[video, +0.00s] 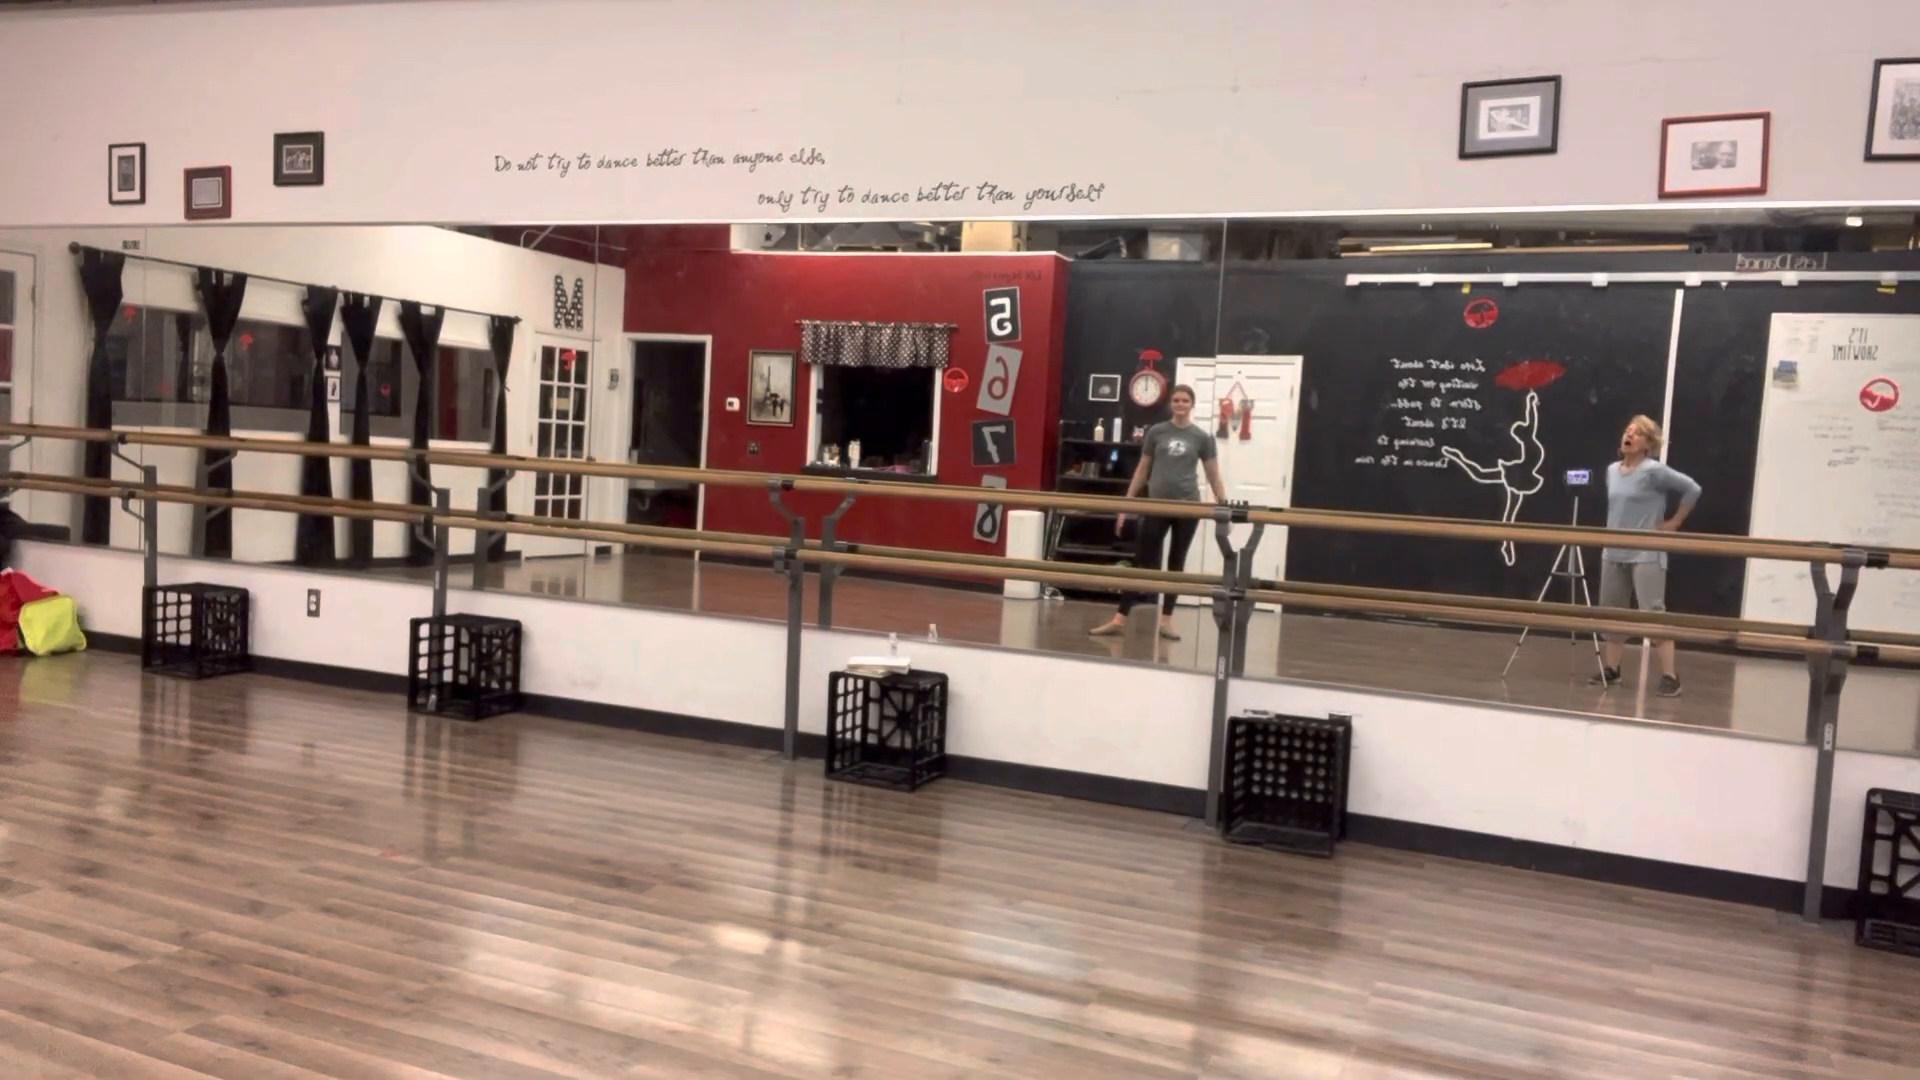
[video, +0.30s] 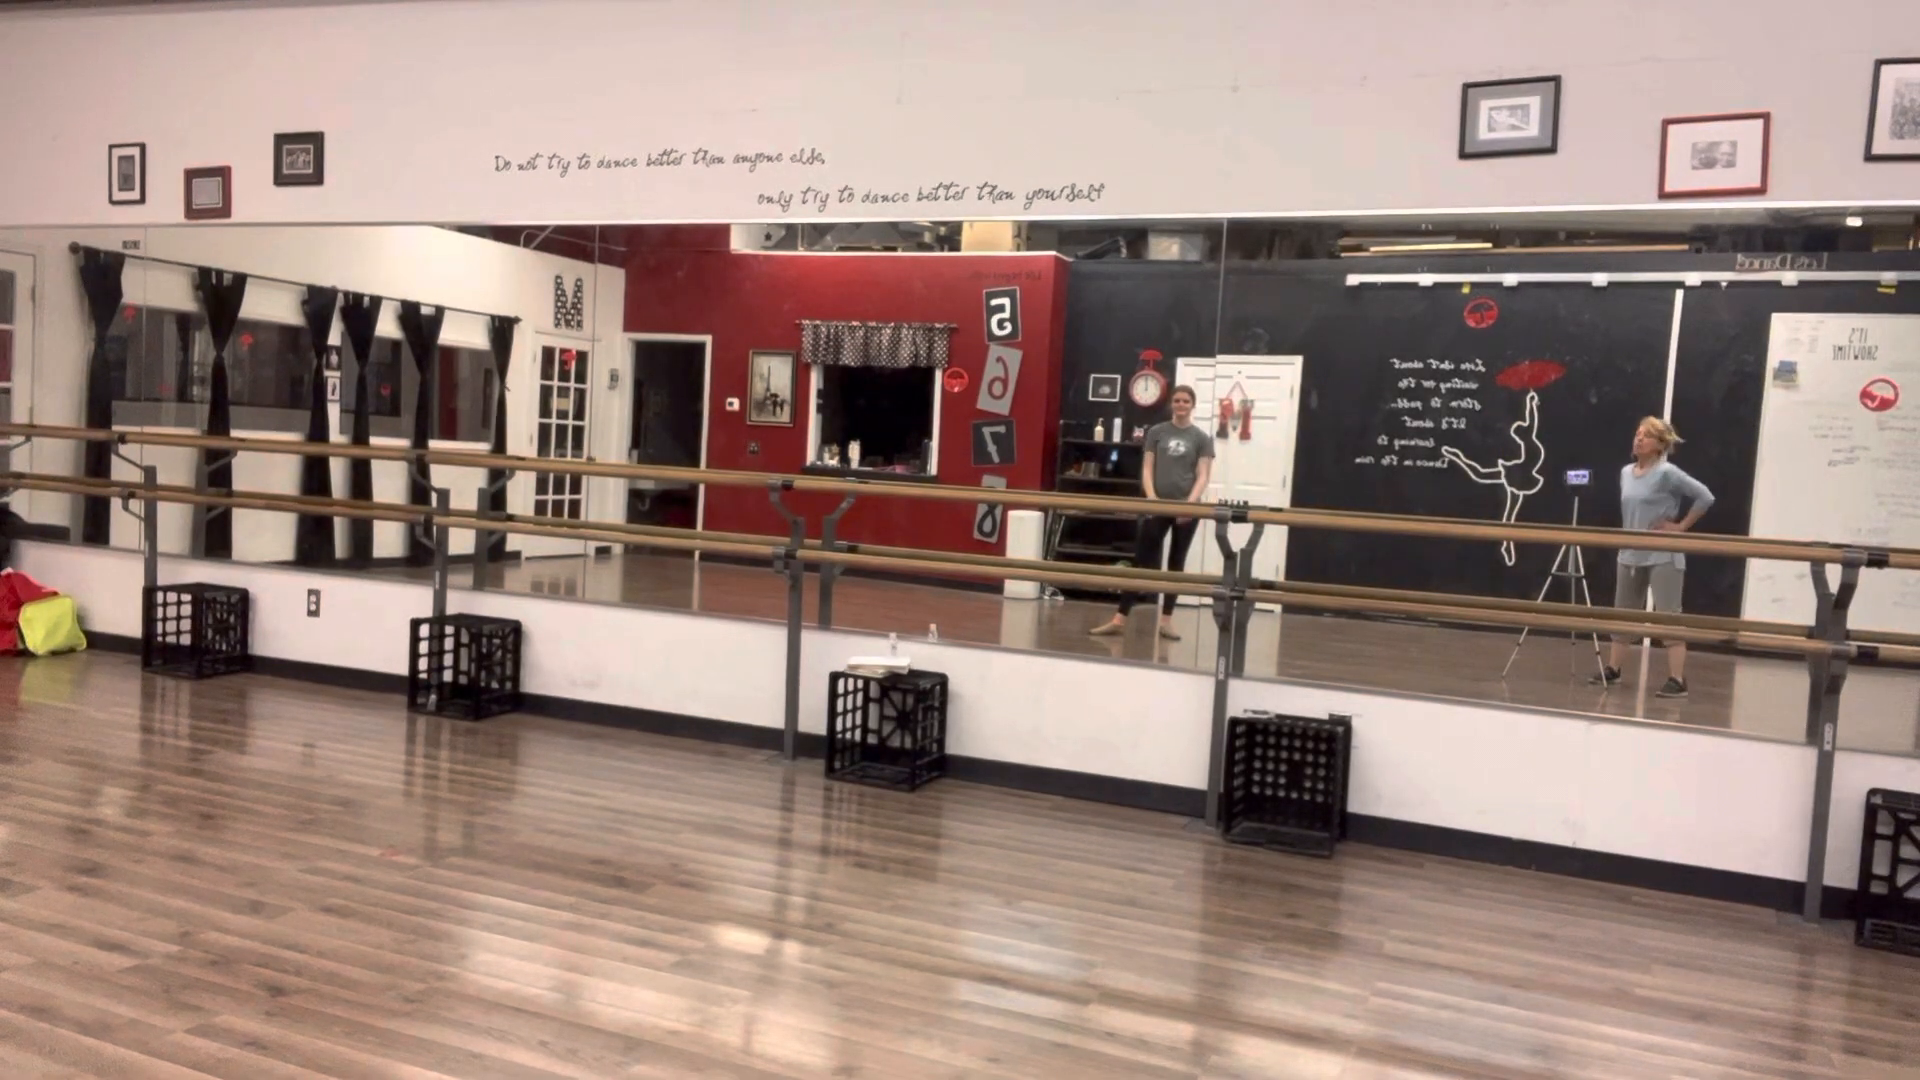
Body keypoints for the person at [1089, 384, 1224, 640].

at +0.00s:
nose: (1180, 405)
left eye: (1185, 401)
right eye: (1176, 400)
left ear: (1192, 405)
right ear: (1170, 404)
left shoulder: (1202, 437)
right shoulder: (1155, 433)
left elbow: (1213, 476)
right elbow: (1142, 471)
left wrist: (1223, 506)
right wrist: (1125, 506)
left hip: (1187, 509)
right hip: (1156, 507)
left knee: (1176, 564)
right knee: (1142, 560)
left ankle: (1165, 620)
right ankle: (1120, 618)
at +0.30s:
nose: (1181, 405)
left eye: (1185, 401)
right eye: (1177, 401)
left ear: (1193, 405)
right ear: (1171, 404)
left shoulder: (1202, 438)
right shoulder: (1155, 432)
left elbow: (1203, 476)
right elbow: (1147, 469)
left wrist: (1189, 505)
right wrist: (1153, 500)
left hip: (1185, 507)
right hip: (1157, 504)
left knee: (1176, 563)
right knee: (1142, 558)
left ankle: (1166, 619)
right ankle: (1120, 617)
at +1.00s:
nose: (1186, 406)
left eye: (1190, 403)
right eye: (1183, 402)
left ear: (1193, 407)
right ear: (1171, 404)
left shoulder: (1200, 437)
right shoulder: (1153, 433)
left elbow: (1214, 473)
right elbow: (1139, 471)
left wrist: (1229, 504)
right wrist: (1122, 506)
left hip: (1188, 509)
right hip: (1156, 507)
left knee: (1176, 563)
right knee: (1142, 560)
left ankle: (1166, 620)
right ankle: (1120, 618)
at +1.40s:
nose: (1191, 408)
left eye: (1194, 404)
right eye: (1187, 403)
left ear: (1195, 407)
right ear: (1174, 404)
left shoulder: (1201, 438)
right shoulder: (1154, 433)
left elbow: (1207, 475)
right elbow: (1144, 471)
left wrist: (1211, 508)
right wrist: (1142, 506)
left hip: (1188, 509)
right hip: (1156, 506)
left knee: (1176, 564)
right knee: (1142, 560)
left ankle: (1166, 620)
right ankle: (1120, 617)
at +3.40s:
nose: (1180, 403)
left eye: (1185, 400)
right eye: (1176, 399)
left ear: (1192, 404)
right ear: (1170, 403)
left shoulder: (1202, 436)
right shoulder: (1155, 432)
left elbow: (1218, 473)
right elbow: (1140, 470)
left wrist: (1229, 509)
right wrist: (1123, 506)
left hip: (1187, 509)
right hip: (1156, 506)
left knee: (1176, 563)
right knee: (1141, 559)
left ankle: (1166, 620)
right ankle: (1120, 618)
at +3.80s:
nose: (1180, 404)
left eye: (1185, 400)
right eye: (1176, 400)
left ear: (1192, 405)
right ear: (1170, 403)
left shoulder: (1202, 438)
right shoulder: (1155, 432)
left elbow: (1204, 478)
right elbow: (1145, 472)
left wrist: (1191, 507)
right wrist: (1148, 507)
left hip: (1185, 509)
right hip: (1157, 506)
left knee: (1176, 564)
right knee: (1141, 560)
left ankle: (1166, 620)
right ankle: (1120, 617)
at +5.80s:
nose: (1184, 406)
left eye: (1188, 402)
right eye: (1180, 402)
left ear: (1192, 406)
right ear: (1170, 404)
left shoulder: (1199, 435)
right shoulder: (1153, 433)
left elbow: (1215, 471)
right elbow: (1138, 469)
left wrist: (1227, 503)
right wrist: (1119, 505)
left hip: (1186, 508)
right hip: (1155, 506)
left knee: (1175, 564)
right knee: (1141, 559)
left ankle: (1166, 620)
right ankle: (1119, 618)